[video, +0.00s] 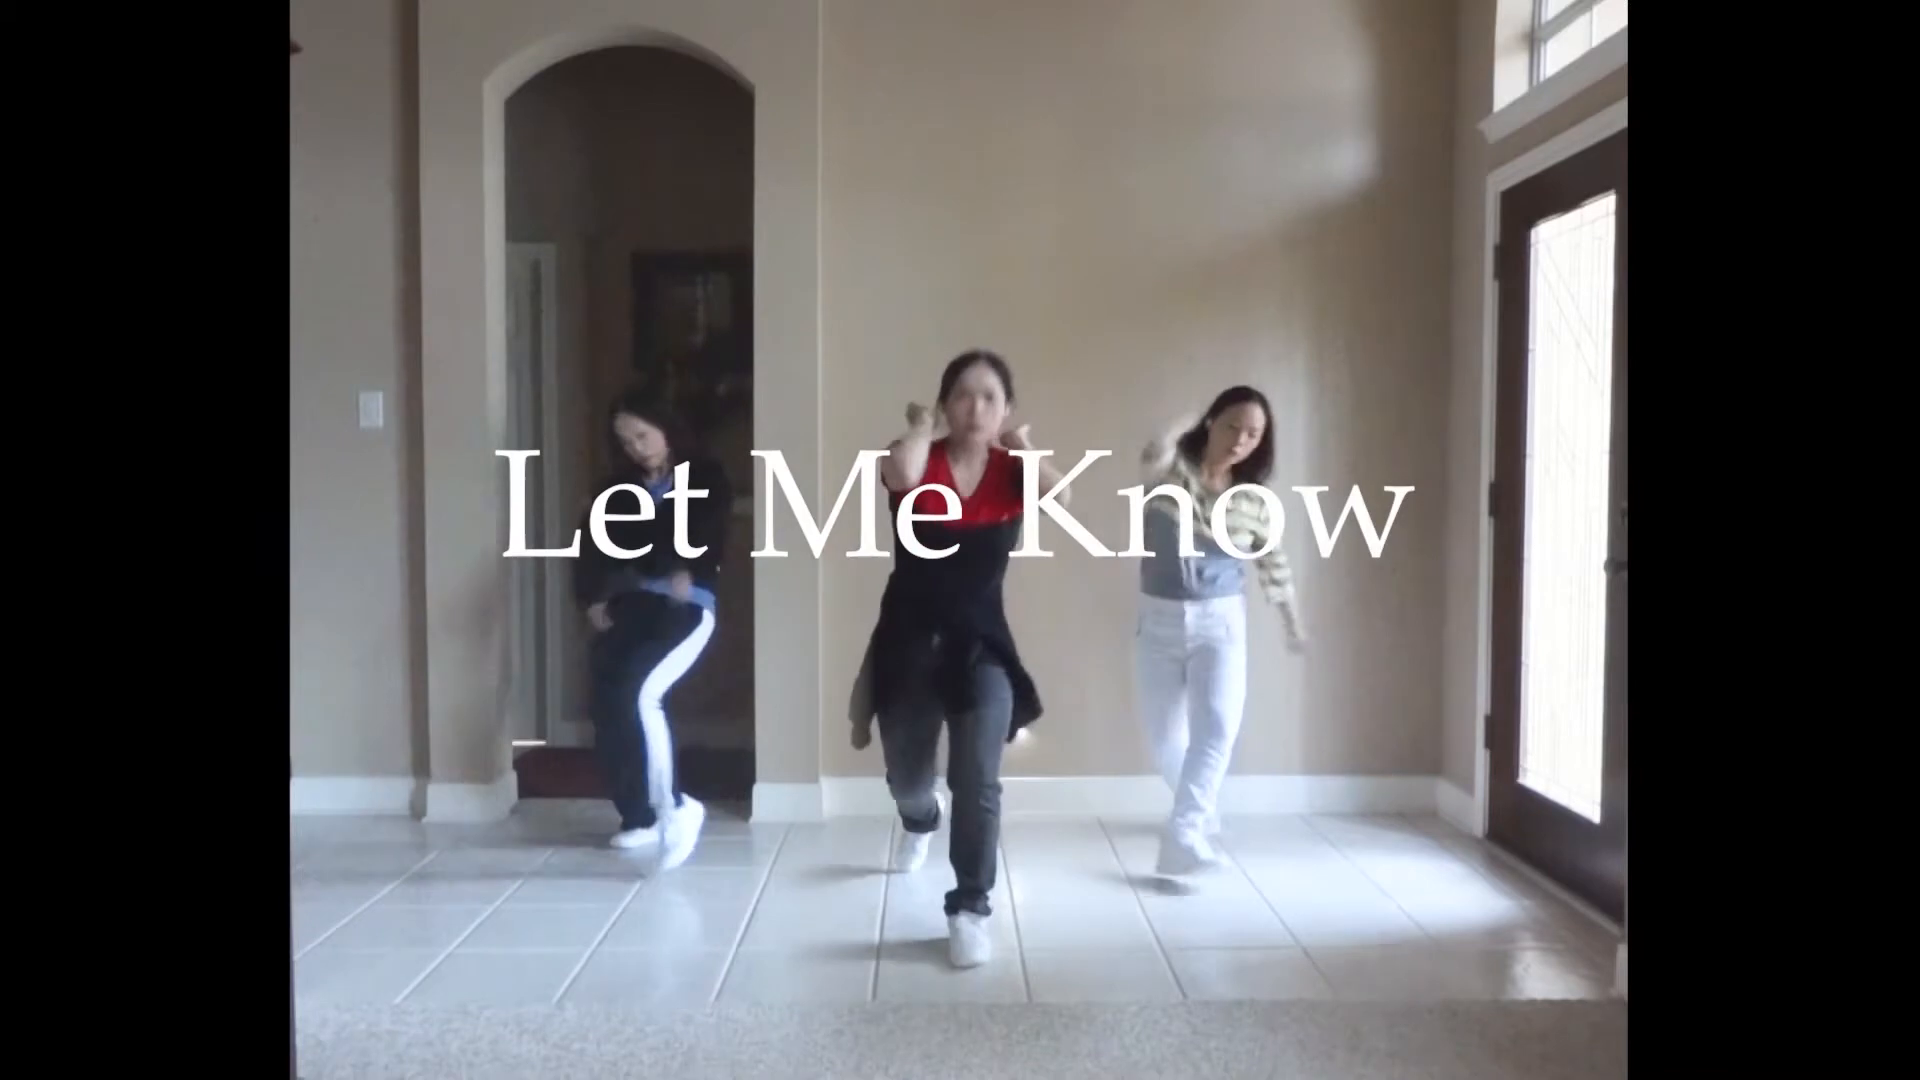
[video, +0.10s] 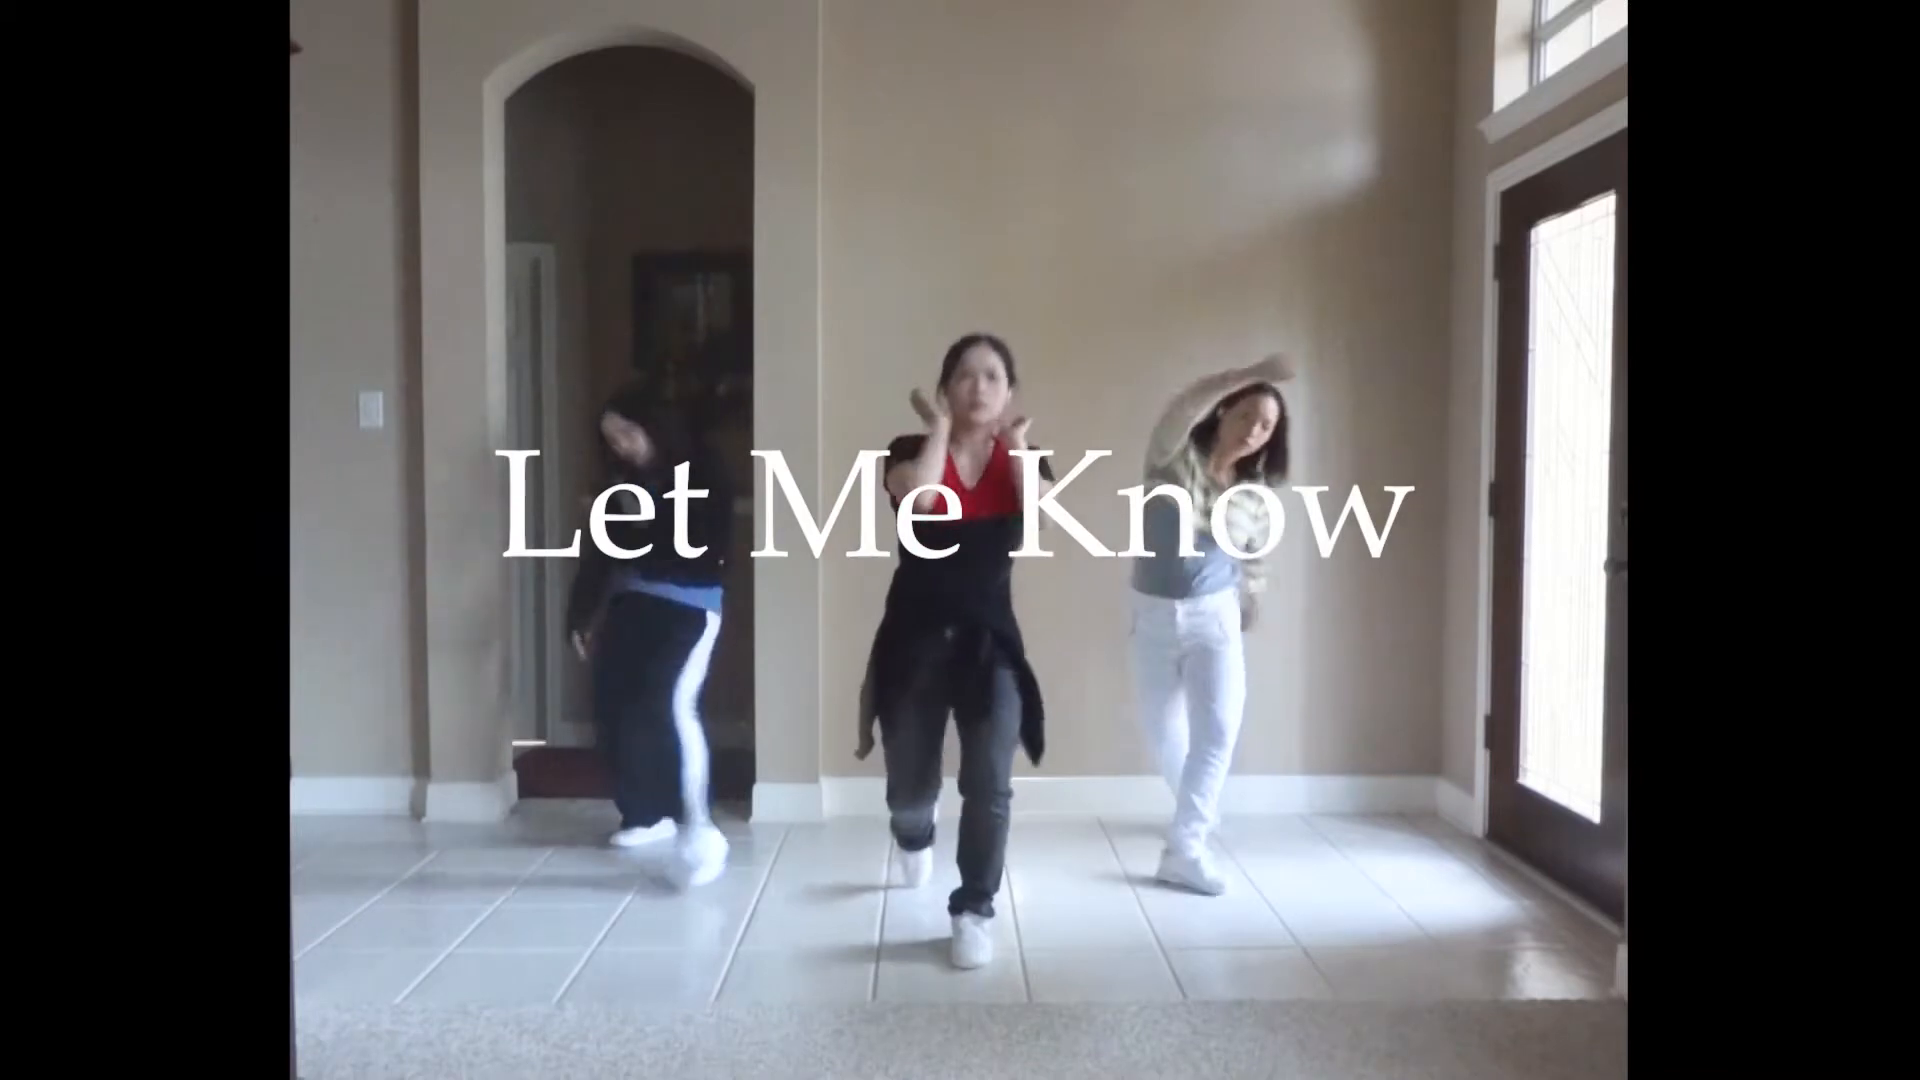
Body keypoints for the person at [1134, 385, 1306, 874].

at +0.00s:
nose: (1241, 439)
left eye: (1252, 434)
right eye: (1234, 427)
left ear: (1259, 443)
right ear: (1211, 423)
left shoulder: (1251, 498)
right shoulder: (1171, 473)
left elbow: (1274, 564)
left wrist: (1291, 621)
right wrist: (1170, 437)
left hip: (1220, 624)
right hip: (1160, 622)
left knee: (1216, 733)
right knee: (1163, 741)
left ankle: (1182, 840)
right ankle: (1202, 812)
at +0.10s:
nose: (1253, 430)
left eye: (1265, 426)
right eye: (1247, 416)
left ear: (1268, 438)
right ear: (1221, 414)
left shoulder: (1250, 490)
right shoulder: (1172, 462)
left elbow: (1252, 552)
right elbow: (1185, 406)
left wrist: (1251, 596)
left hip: (1215, 615)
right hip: (1155, 614)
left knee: (1218, 730)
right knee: (1161, 732)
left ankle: (1185, 847)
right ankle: (1197, 805)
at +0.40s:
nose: (1256, 409)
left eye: (1266, 407)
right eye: (1248, 396)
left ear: (1265, 425)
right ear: (1219, 398)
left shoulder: (1242, 482)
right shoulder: (1178, 455)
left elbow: (1230, 553)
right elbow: (1174, 416)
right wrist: (1190, 369)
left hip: (1232, 618)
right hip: (1173, 614)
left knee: (1242, 745)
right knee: (1155, 747)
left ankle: (1185, 855)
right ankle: (1101, 803)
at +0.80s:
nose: (1227, 388)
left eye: (1234, 384)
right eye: (1215, 377)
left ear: (1237, 406)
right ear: (1181, 392)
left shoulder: (1210, 460)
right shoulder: (1165, 452)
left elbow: (1220, 541)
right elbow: (1212, 493)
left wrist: (1237, 600)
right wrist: (1211, 428)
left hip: (1227, 612)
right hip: (1188, 611)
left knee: (1243, 738)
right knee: (1251, 738)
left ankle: (1191, 850)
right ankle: (1166, 832)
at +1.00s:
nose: (1211, 373)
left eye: (1218, 367)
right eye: (1197, 364)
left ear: (1224, 387)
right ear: (1170, 379)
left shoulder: (1205, 447)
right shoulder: (1170, 444)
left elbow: (1207, 526)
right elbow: (1205, 518)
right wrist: (1243, 462)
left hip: (1222, 599)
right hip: (1192, 602)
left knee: (1204, 737)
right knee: (1267, 725)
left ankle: (1184, 857)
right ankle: (1189, 846)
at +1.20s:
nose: (1204, 365)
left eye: (1208, 358)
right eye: (1189, 358)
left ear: (1215, 375)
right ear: (1161, 377)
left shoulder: (1188, 440)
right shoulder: (1177, 441)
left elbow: (1213, 524)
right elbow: (1220, 520)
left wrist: (1279, 520)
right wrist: (1286, 515)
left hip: (1200, 596)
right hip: (1189, 598)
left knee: (1193, 731)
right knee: (1257, 722)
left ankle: (1179, 857)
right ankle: (1191, 845)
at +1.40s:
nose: (1200, 368)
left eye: (1203, 359)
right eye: (1186, 361)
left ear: (1209, 370)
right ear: (1159, 377)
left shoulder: (1153, 439)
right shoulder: (1201, 437)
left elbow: (1200, 492)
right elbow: (1235, 517)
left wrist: (1259, 478)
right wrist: (1274, 593)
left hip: (1165, 591)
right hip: (1195, 596)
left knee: (1189, 729)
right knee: (1242, 731)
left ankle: (1187, 850)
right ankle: (1168, 839)